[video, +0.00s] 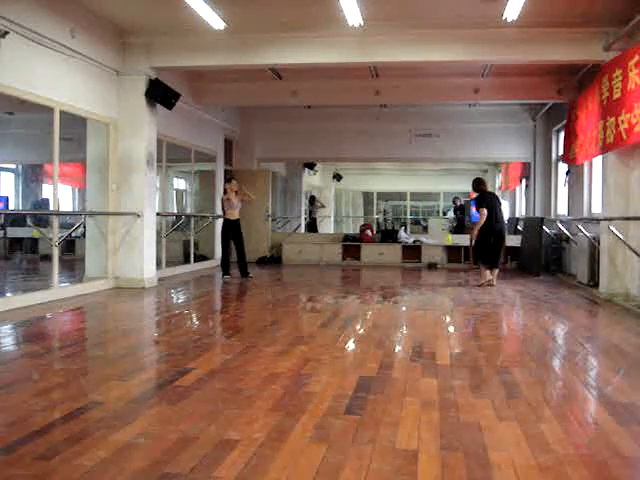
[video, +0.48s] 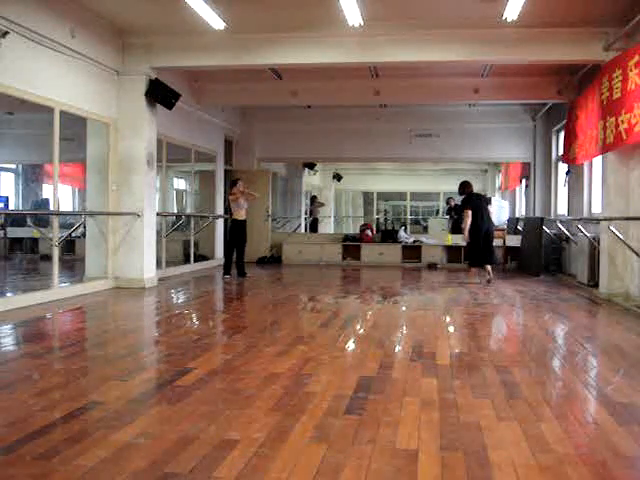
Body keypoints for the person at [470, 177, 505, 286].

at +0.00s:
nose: (473, 189)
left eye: (473, 187)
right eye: (474, 187)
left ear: (475, 188)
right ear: (485, 185)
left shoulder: (480, 197)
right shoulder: (494, 196)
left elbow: (484, 214)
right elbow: (499, 212)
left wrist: (476, 229)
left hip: (488, 228)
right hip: (499, 228)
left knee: (481, 250)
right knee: (495, 253)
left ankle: (485, 275)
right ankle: (493, 278)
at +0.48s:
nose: (460, 192)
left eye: (460, 190)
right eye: (460, 190)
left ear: (462, 190)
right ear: (471, 188)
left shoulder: (467, 200)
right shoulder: (481, 197)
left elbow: (468, 216)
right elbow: (489, 211)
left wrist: (466, 231)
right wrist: (489, 223)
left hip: (476, 229)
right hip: (488, 227)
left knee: (473, 252)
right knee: (484, 252)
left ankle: (471, 277)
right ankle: (489, 272)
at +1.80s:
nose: (464, 196)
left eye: (464, 194)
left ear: (464, 194)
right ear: (473, 193)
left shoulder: (466, 202)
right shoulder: (479, 202)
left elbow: (466, 215)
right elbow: (488, 214)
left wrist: (461, 222)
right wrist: (487, 223)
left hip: (472, 229)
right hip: (483, 228)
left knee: (470, 248)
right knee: (481, 248)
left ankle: (472, 268)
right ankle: (482, 267)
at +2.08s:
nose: (461, 205)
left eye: (462, 203)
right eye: (461, 203)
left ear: (466, 202)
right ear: (466, 202)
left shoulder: (472, 206)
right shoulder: (469, 209)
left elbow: (480, 210)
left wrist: (477, 223)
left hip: (483, 230)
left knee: (470, 248)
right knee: (478, 249)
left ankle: (474, 268)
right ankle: (481, 268)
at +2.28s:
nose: (466, 203)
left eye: (467, 201)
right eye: (464, 202)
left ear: (471, 200)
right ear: (463, 203)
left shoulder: (477, 206)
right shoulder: (467, 215)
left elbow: (489, 204)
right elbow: (465, 231)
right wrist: (458, 241)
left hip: (488, 229)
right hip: (478, 231)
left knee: (481, 249)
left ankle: (483, 270)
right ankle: (483, 269)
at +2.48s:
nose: (474, 195)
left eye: (475, 192)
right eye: (472, 193)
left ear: (479, 193)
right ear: (470, 194)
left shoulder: (485, 199)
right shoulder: (468, 205)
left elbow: (496, 204)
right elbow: (466, 221)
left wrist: (505, 208)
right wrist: (465, 226)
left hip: (489, 225)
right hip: (478, 227)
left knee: (490, 247)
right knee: (481, 248)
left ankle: (490, 270)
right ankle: (486, 269)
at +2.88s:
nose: (482, 187)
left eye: (484, 186)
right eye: (481, 185)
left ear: (489, 188)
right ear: (479, 188)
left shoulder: (494, 200)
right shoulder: (474, 200)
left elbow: (499, 213)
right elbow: (469, 214)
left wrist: (493, 220)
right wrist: (467, 226)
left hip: (490, 227)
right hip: (478, 227)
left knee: (490, 248)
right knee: (478, 249)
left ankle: (488, 269)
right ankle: (480, 272)